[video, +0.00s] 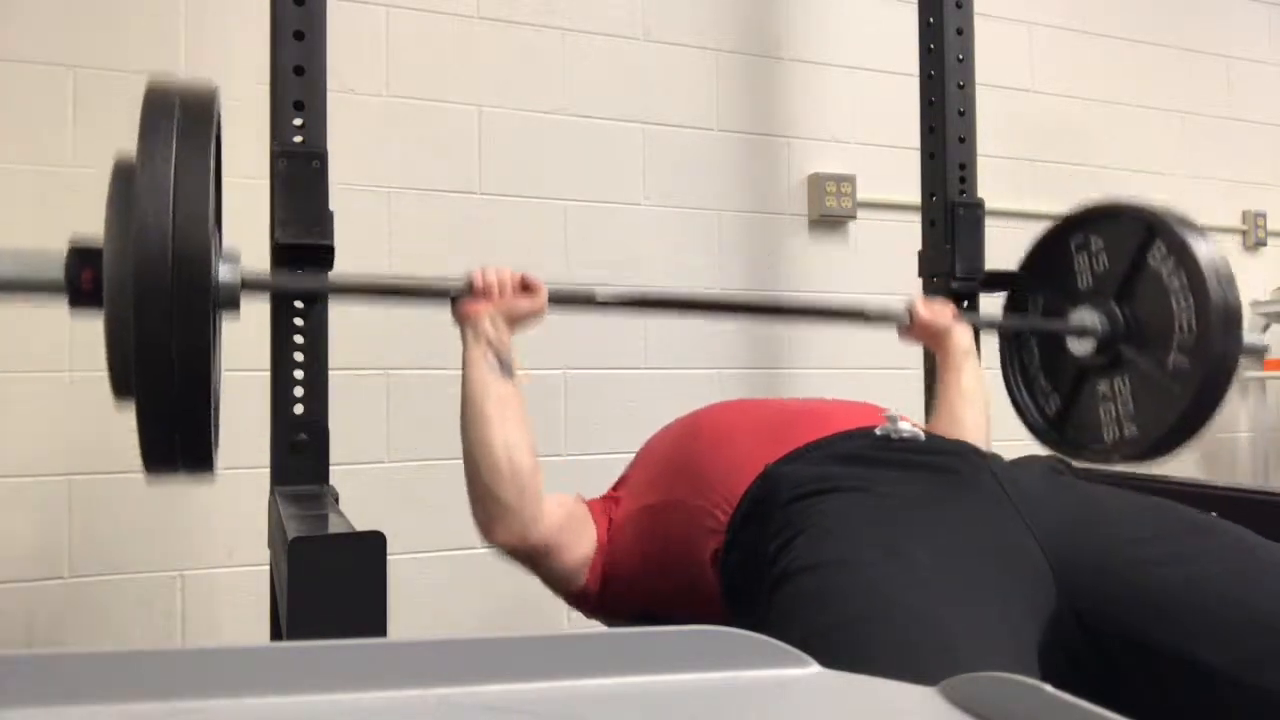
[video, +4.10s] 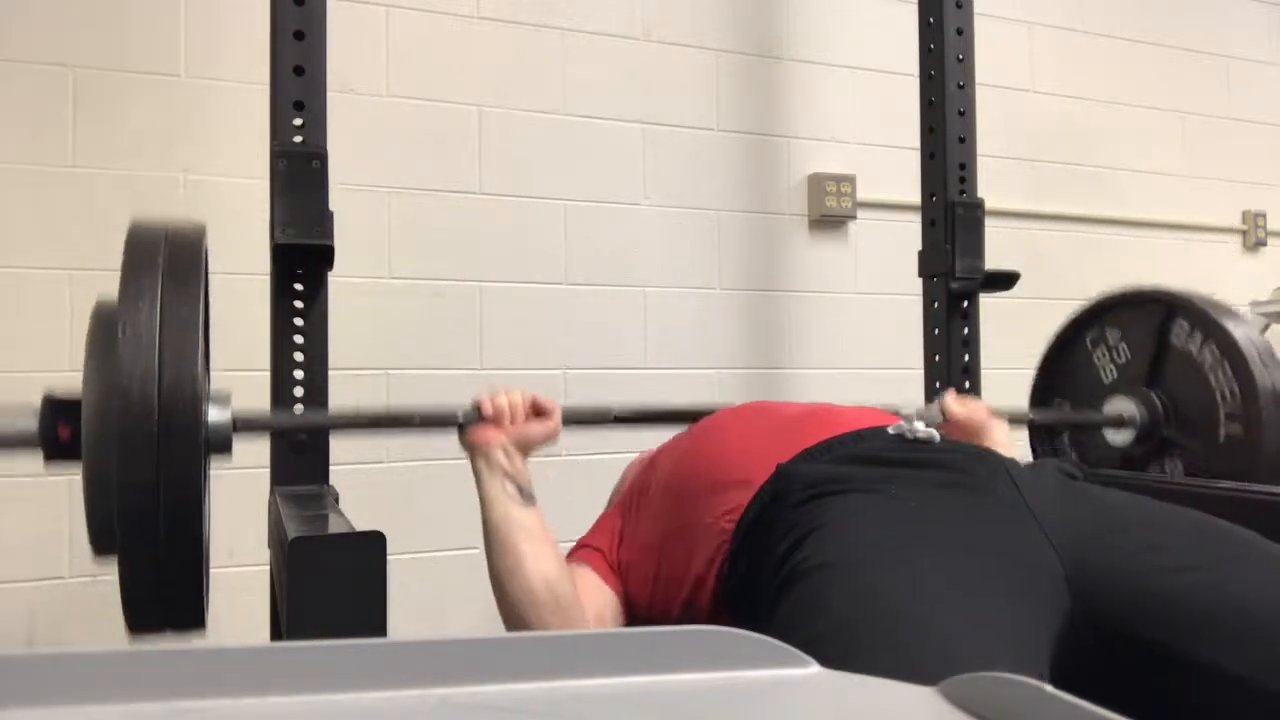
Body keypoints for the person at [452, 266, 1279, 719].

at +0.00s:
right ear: (649, 492)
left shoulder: (862, 437)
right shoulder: (622, 539)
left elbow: (965, 470)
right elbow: (512, 516)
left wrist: (954, 348)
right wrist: (484, 345)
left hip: (1031, 487)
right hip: (846, 506)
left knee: (1272, 614)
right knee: (937, 687)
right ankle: (977, 701)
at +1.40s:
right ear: (647, 482)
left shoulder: (872, 422)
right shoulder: (624, 528)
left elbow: (1032, 515)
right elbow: (552, 636)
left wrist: (982, 445)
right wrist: (492, 482)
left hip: (1032, 488)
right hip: (856, 501)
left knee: (1273, 604)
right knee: (936, 682)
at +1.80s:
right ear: (652, 497)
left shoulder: (873, 433)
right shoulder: (624, 542)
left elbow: (970, 479)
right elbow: (521, 543)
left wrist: (977, 365)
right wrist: (483, 379)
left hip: (1039, 487)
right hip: (854, 507)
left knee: (1274, 622)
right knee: (913, 700)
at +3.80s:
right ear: (650, 487)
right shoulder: (633, 519)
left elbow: (1014, 515)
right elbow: (547, 618)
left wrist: (983, 428)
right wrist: (495, 441)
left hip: (1017, 481)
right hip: (855, 499)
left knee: (1277, 622)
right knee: (942, 694)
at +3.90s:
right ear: (647, 481)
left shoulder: (865, 422)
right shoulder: (625, 531)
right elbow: (551, 629)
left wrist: (986, 451)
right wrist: (499, 483)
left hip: (1035, 487)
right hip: (858, 504)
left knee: (1273, 608)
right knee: (932, 686)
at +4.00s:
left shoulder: (849, 425)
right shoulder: (613, 544)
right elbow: (555, 635)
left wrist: (986, 457)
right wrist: (498, 499)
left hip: (1035, 487)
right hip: (856, 506)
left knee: (1274, 607)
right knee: (929, 700)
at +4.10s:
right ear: (645, 488)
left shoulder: (870, 422)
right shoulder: (626, 529)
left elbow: (1032, 523)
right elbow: (559, 625)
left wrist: (996, 446)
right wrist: (501, 477)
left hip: (1043, 487)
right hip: (862, 499)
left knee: (1276, 610)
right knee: (939, 690)